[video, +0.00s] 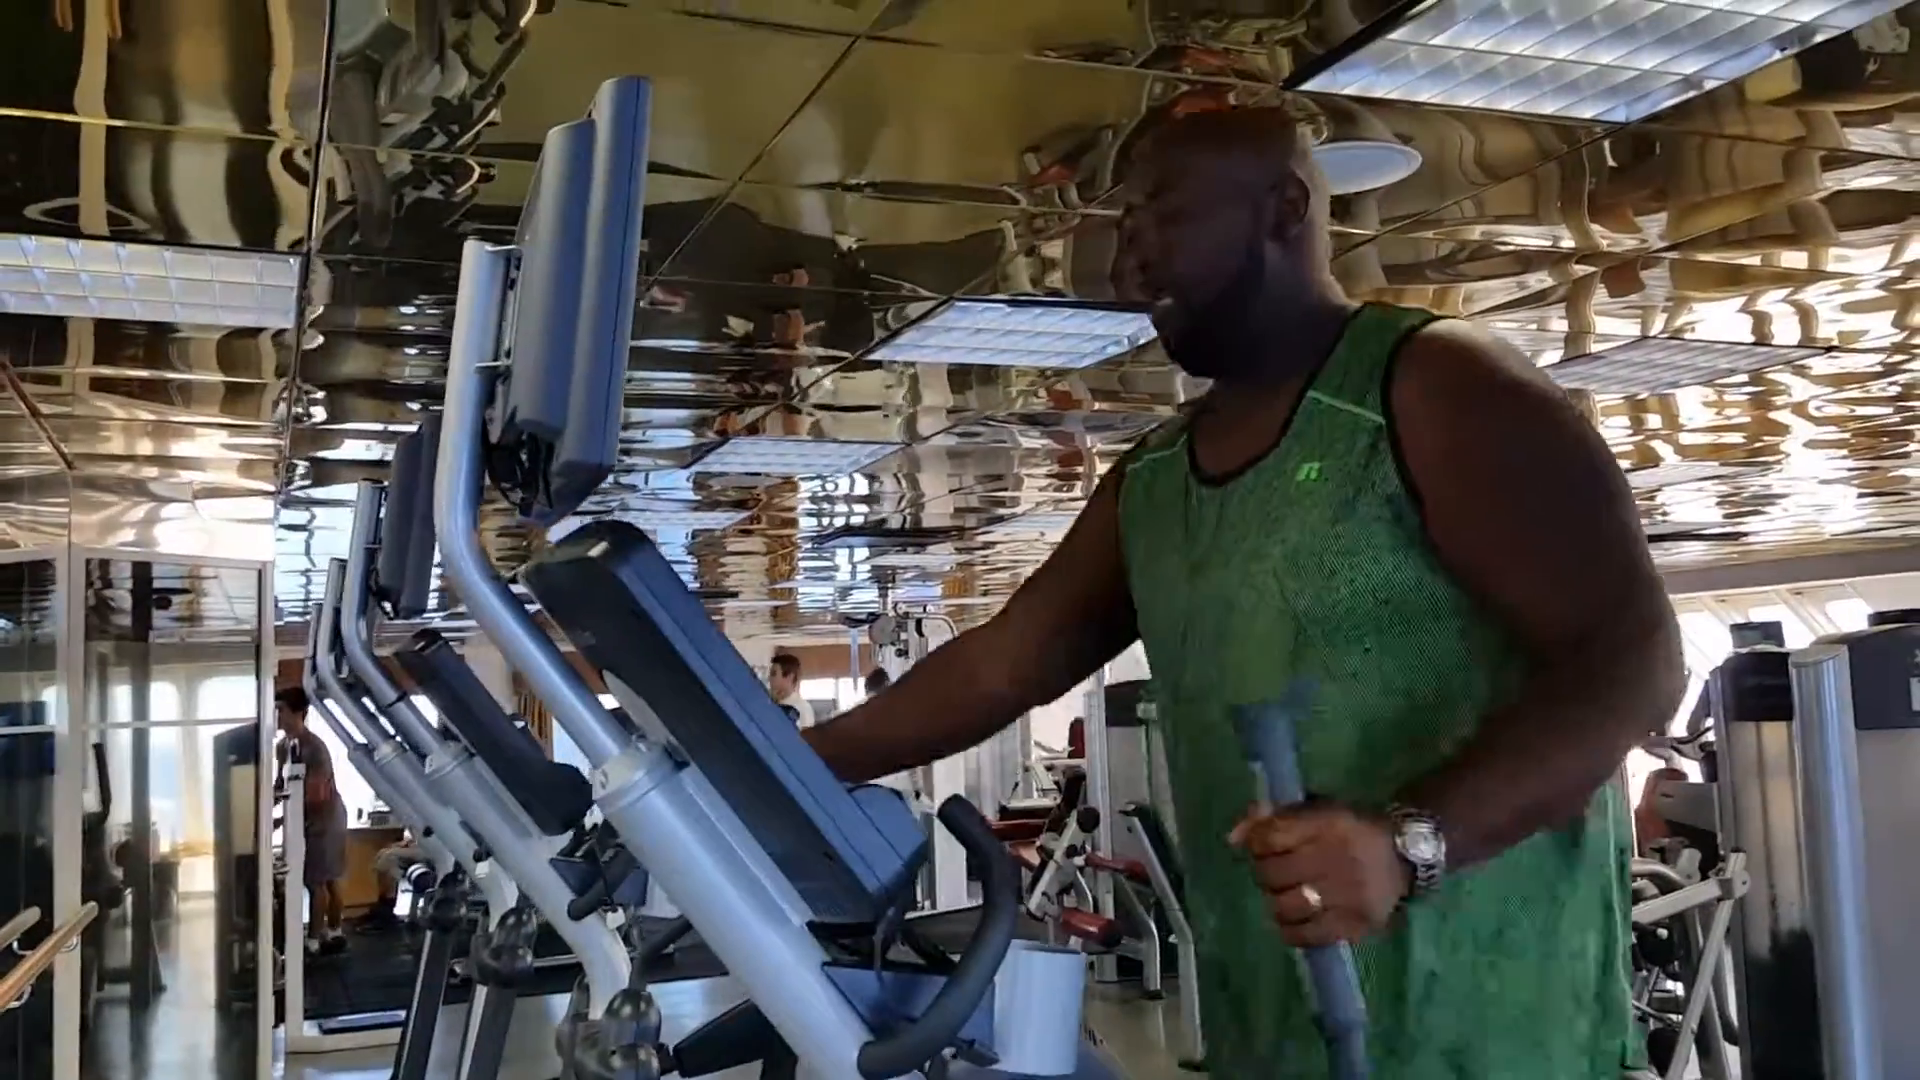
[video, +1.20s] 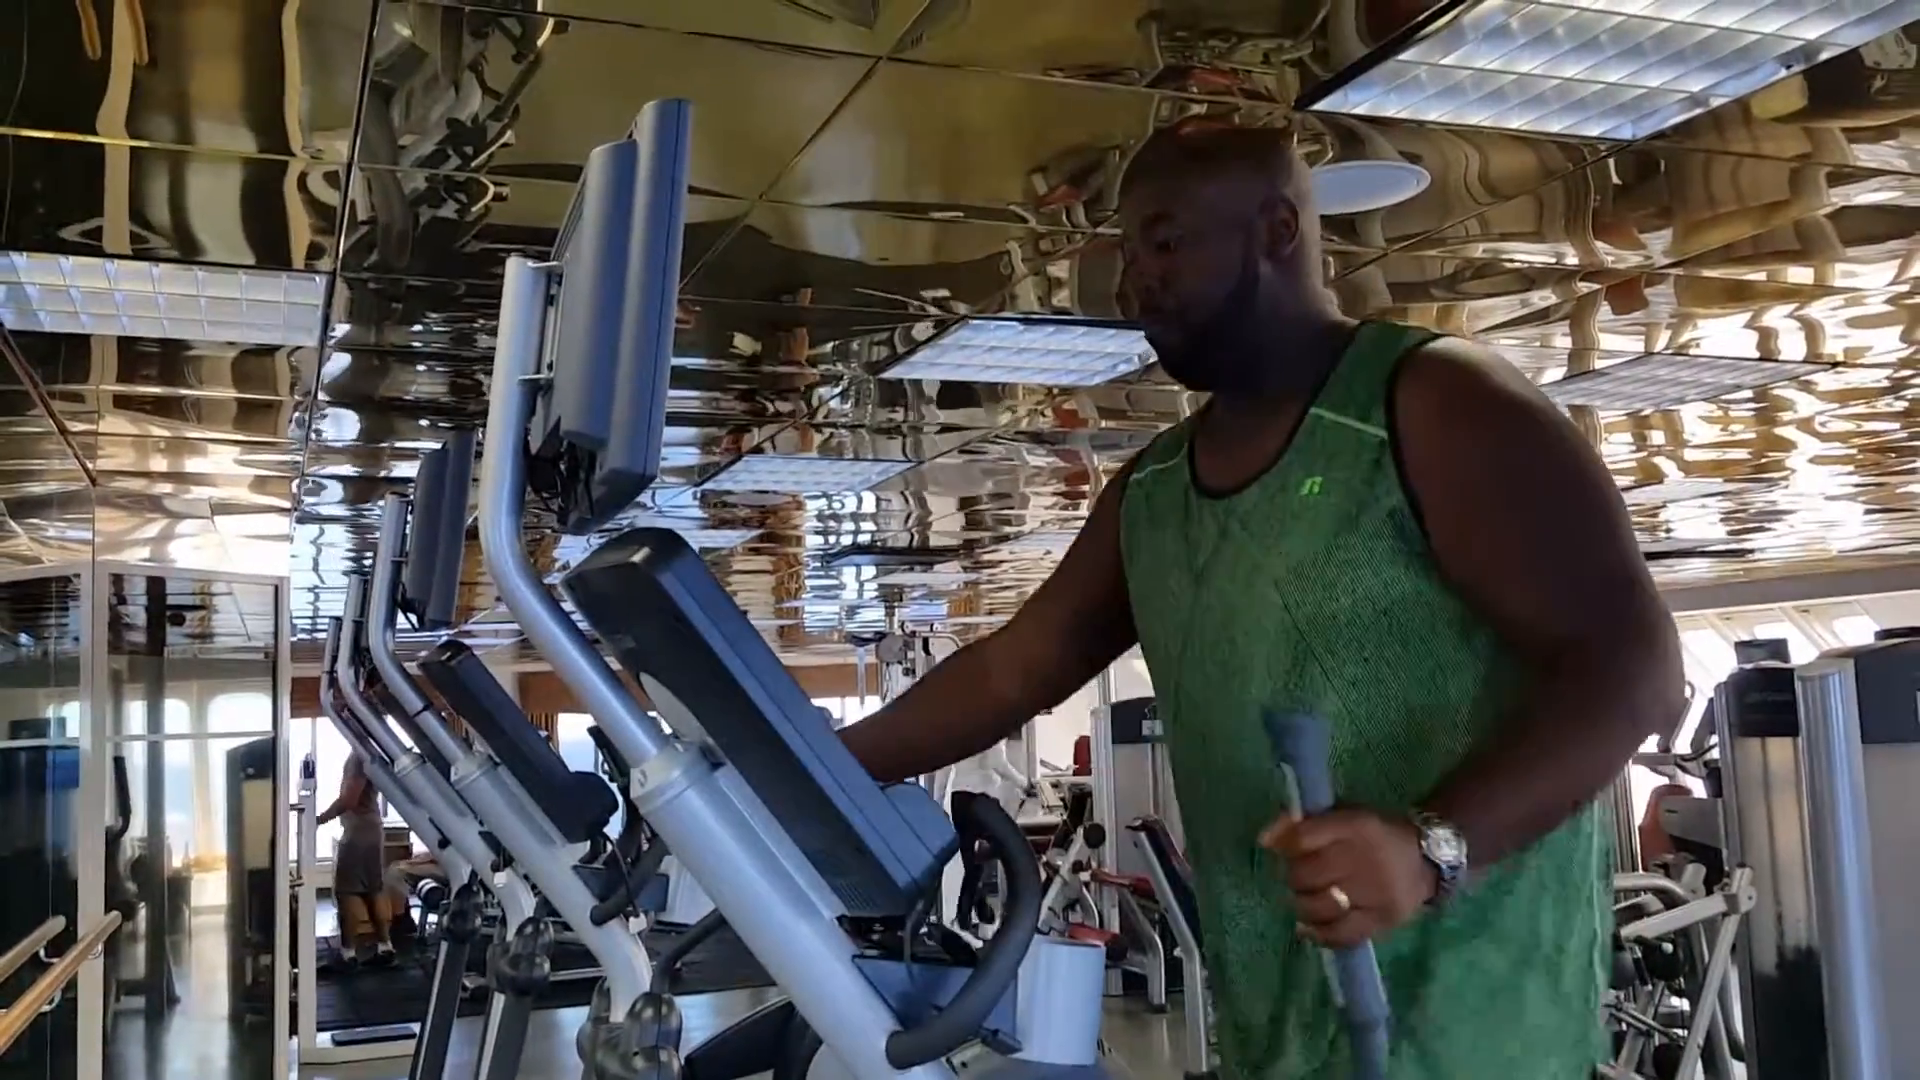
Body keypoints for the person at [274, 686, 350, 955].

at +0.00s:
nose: (277, 716)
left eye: (281, 710)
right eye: (277, 710)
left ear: (297, 713)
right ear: (291, 714)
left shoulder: (313, 746)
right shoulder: (285, 747)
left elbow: (315, 793)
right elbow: (283, 786)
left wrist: (281, 819)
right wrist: (267, 806)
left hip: (325, 816)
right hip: (307, 816)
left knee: (317, 880)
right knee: (329, 879)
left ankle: (315, 937)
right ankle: (335, 932)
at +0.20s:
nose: (286, 724)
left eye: (290, 718)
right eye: (286, 718)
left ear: (306, 722)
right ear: (306, 722)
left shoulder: (318, 753)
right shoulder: (304, 754)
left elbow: (329, 798)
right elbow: (305, 795)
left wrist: (298, 814)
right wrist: (288, 811)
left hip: (332, 827)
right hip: (323, 826)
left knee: (322, 888)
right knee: (335, 886)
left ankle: (318, 948)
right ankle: (357, 937)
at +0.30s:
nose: (298, 725)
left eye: (301, 720)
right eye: (298, 720)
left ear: (315, 724)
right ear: (318, 724)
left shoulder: (322, 753)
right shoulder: (326, 750)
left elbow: (329, 800)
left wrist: (299, 807)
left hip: (334, 828)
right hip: (342, 826)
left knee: (325, 892)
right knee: (342, 888)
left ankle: (320, 952)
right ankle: (367, 939)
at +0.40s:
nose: (311, 723)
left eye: (314, 718)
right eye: (312, 718)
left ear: (325, 722)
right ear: (333, 721)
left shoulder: (334, 754)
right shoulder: (346, 750)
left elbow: (333, 798)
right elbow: (341, 796)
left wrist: (306, 801)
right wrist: (311, 794)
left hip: (339, 832)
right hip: (352, 829)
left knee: (328, 894)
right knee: (350, 889)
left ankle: (322, 951)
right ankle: (374, 939)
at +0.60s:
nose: (338, 720)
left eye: (340, 713)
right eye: (338, 713)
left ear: (351, 720)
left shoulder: (354, 754)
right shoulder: (361, 751)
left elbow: (324, 787)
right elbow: (325, 773)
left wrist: (310, 748)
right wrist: (311, 749)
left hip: (352, 835)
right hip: (366, 833)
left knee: (339, 891)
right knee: (375, 886)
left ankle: (327, 949)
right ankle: (384, 942)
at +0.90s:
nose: (344, 741)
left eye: (345, 735)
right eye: (342, 736)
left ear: (358, 733)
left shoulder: (368, 758)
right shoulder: (376, 757)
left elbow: (342, 791)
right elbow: (345, 789)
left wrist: (316, 777)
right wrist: (319, 777)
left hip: (364, 835)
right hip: (379, 834)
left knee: (338, 885)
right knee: (380, 887)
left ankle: (347, 945)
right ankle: (389, 945)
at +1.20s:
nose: (343, 729)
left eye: (346, 722)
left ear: (353, 727)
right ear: (367, 728)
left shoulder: (358, 757)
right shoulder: (371, 755)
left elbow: (348, 799)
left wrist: (320, 818)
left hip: (357, 829)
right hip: (372, 828)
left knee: (346, 891)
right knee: (375, 888)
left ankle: (349, 951)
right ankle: (385, 946)